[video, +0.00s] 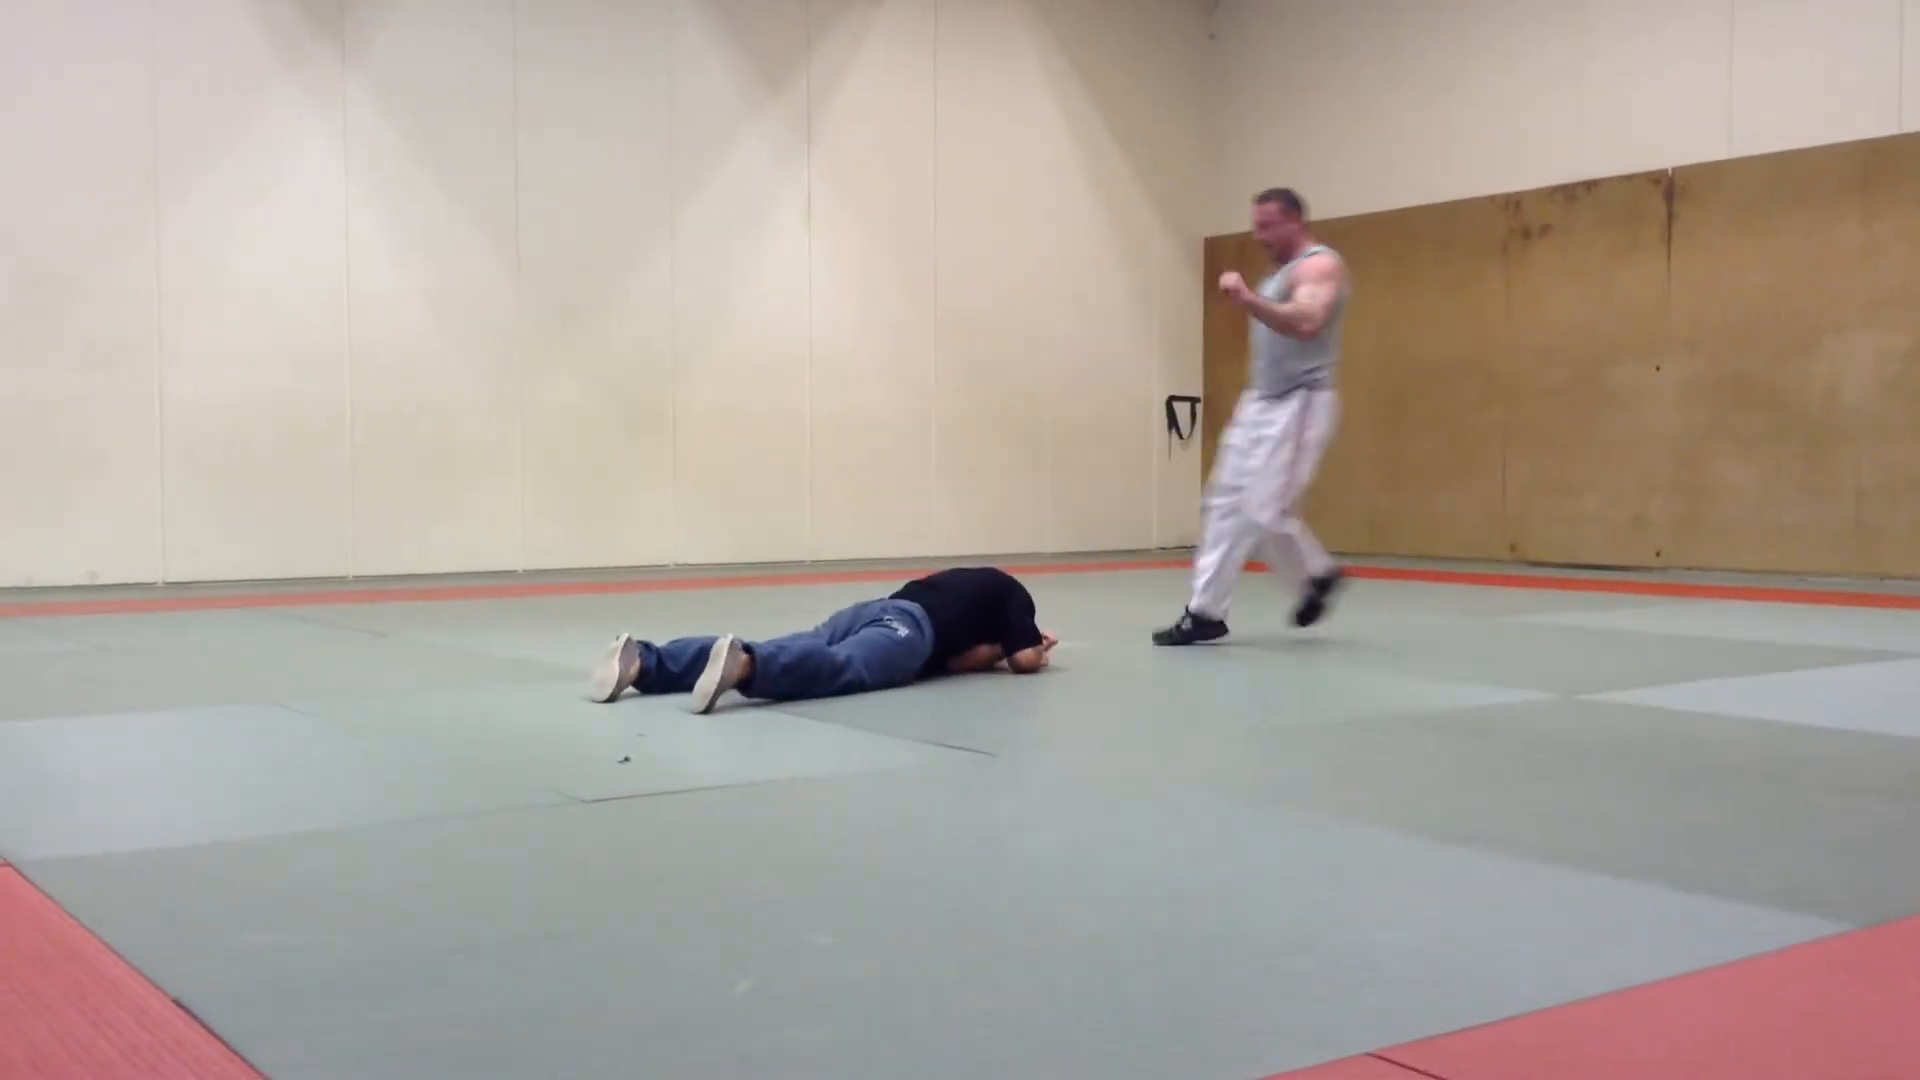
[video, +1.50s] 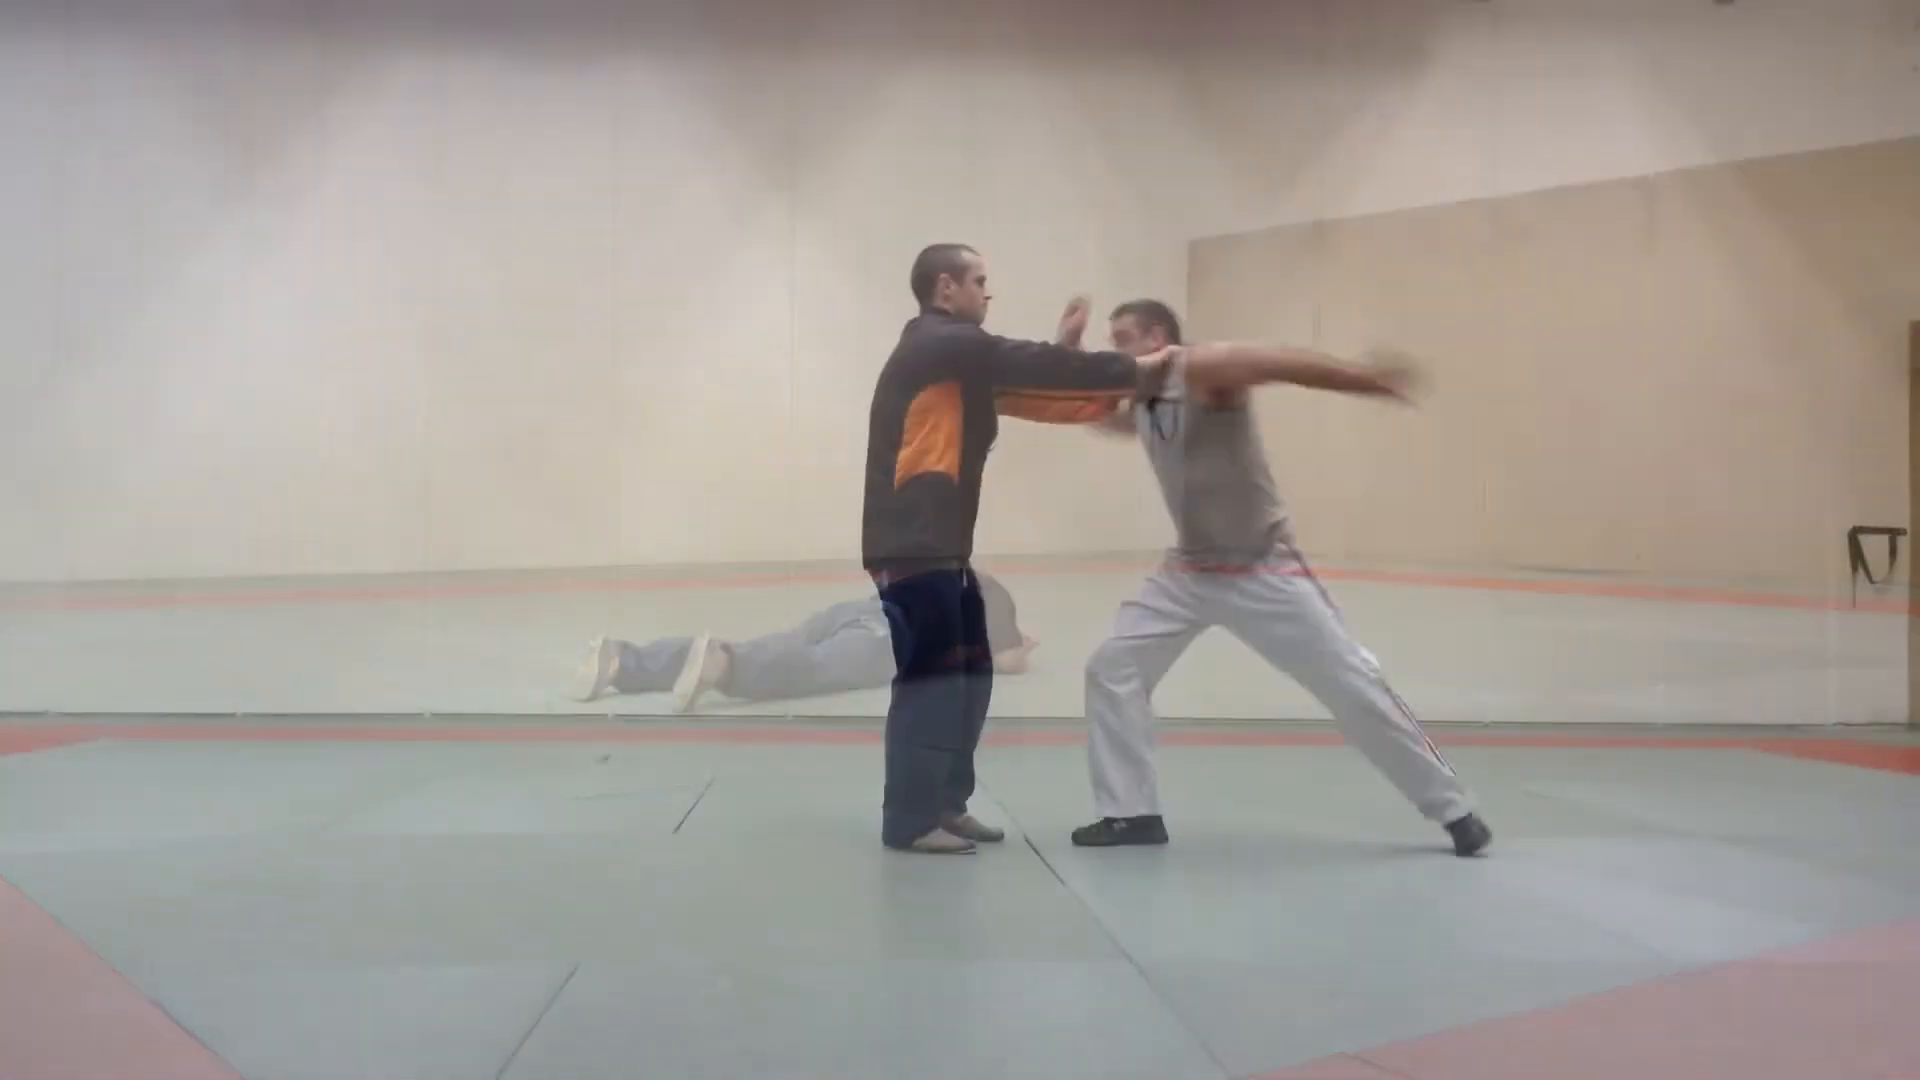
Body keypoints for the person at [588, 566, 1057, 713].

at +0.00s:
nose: (1028, 646)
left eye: (1024, 644)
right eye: (1028, 643)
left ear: (1007, 621)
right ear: (1026, 613)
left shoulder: (956, 589)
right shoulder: (1010, 594)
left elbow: (949, 660)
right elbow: (1023, 660)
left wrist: (1007, 651)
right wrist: (1040, 653)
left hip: (868, 612)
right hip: (910, 622)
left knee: (779, 650)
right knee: (842, 666)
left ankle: (644, 664)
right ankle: (748, 665)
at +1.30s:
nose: (1015, 634)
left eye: (1011, 626)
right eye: (1013, 623)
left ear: (979, 586)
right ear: (999, 601)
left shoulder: (951, 582)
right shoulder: (986, 599)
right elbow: (993, 656)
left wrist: (1008, 641)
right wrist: (1016, 654)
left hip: (864, 610)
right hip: (889, 636)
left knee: (769, 646)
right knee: (815, 667)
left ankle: (624, 662)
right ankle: (727, 662)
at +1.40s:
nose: (1017, 635)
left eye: (1010, 626)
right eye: (1015, 624)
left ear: (981, 589)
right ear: (1001, 603)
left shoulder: (951, 580)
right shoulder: (989, 602)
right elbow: (990, 658)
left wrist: (1004, 641)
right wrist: (1014, 656)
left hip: (870, 610)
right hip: (894, 638)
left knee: (775, 646)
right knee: (817, 666)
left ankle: (626, 663)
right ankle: (727, 663)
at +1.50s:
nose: (1016, 638)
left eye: (1011, 629)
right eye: (1011, 626)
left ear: (983, 592)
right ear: (999, 609)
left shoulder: (959, 579)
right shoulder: (984, 607)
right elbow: (988, 659)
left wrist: (1003, 642)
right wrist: (1015, 656)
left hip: (869, 612)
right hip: (893, 639)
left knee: (770, 649)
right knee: (815, 669)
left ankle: (625, 664)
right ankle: (728, 664)